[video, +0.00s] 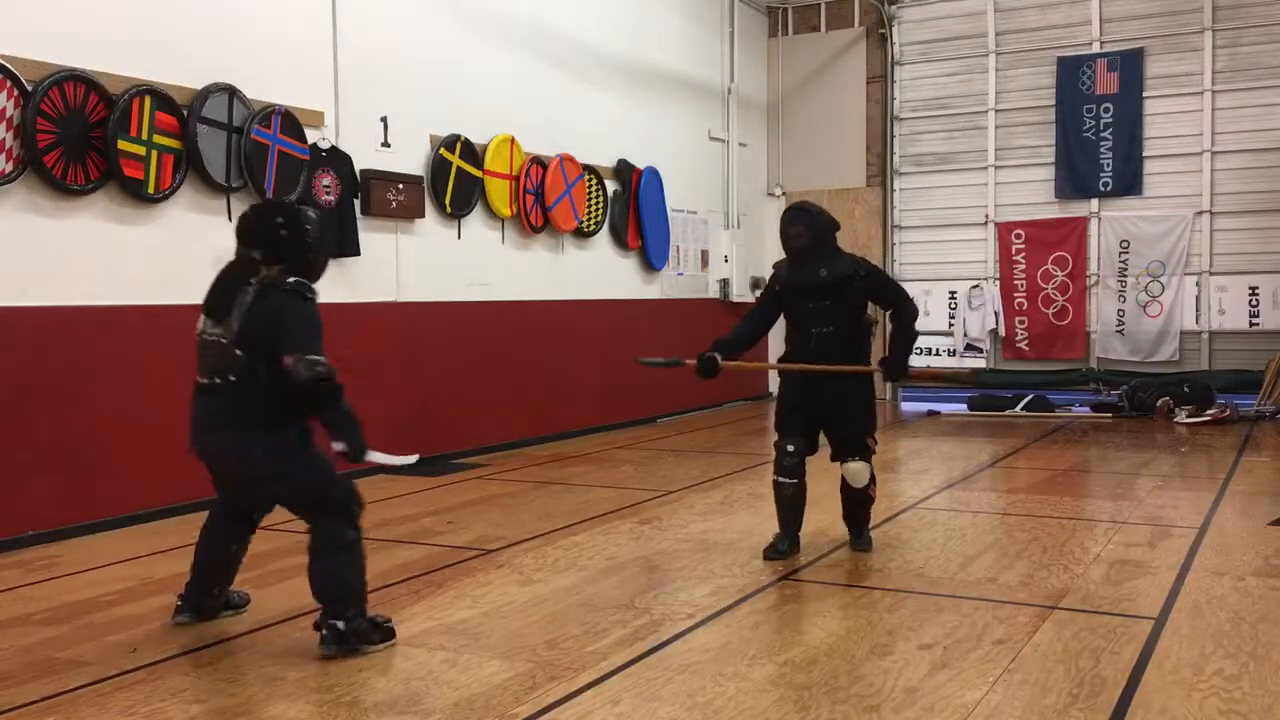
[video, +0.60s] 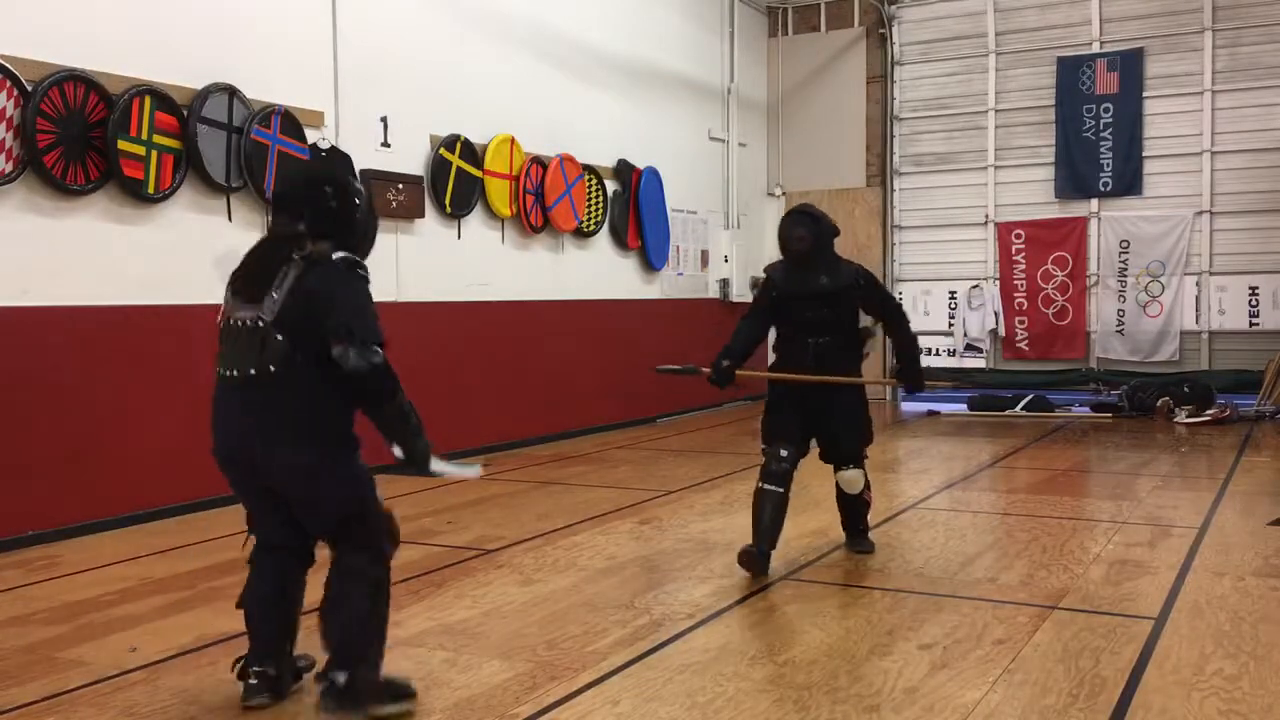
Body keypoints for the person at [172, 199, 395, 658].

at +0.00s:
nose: (318, 252)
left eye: (315, 242)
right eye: (310, 242)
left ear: (253, 246)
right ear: (290, 248)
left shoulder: (227, 282)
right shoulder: (289, 299)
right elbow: (310, 375)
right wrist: (346, 432)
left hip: (214, 432)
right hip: (265, 438)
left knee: (241, 501)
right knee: (337, 506)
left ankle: (202, 595)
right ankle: (344, 619)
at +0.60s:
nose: (369, 216)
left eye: (365, 204)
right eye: (360, 205)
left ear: (289, 209)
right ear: (338, 212)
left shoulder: (254, 264)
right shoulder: (333, 275)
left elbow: (260, 359)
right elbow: (364, 366)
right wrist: (409, 437)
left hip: (239, 440)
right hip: (307, 443)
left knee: (281, 538)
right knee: (365, 537)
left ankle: (266, 665)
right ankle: (353, 674)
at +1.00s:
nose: (397, 246)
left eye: (394, 235)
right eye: (392, 236)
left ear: (310, 235)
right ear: (373, 239)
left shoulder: (261, 288)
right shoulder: (377, 293)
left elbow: (243, 383)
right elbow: (423, 404)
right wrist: (447, 482)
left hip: (231, 467)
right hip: (320, 476)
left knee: (265, 560)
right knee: (380, 579)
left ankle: (251, 688)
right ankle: (355, 705)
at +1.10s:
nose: (394, 240)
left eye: (392, 229)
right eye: (388, 229)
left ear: (303, 231)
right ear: (367, 234)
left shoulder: (253, 287)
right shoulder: (372, 290)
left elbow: (233, 390)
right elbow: (421, 406)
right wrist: (451, 479)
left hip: (224, 468)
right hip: (317, 476)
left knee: (255, 567)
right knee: (380, 576)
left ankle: (229, 706)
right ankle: (354, 707)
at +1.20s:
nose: (381, 226)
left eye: (377, 214)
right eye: (372, 215)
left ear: (288, 222)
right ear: (348, 225)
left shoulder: (239, 283)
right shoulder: (359, 289)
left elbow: (222, 392)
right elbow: (407, 401)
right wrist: (446, 481)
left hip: (210, 475)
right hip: (307, 479)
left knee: (223, 593)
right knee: (374, 580)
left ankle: (188, 708)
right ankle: (351, 707)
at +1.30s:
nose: (363, 216)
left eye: (358, 202)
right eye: (354, 204)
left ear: (268, 214)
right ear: (328, 215)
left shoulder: (214, 284)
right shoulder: (337, 287)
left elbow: (212, 392)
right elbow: (382, 401)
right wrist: (428, 475)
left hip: (196, 485)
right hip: (291, 486)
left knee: (181, 623)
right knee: (368, 578)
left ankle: (145, 708)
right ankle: (350, 707)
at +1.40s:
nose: (341, 211)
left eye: (337, 198)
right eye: (330, 199)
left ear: (243, 212)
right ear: (301, 212)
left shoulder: (191, 282)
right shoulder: (314, 283)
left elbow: (178, 398)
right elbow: (357, 406)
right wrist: (404, 487)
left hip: (178, 488)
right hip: (272, 486)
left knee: (168, 630)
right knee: (359, 572)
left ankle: (136, 710)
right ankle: (350, 707)